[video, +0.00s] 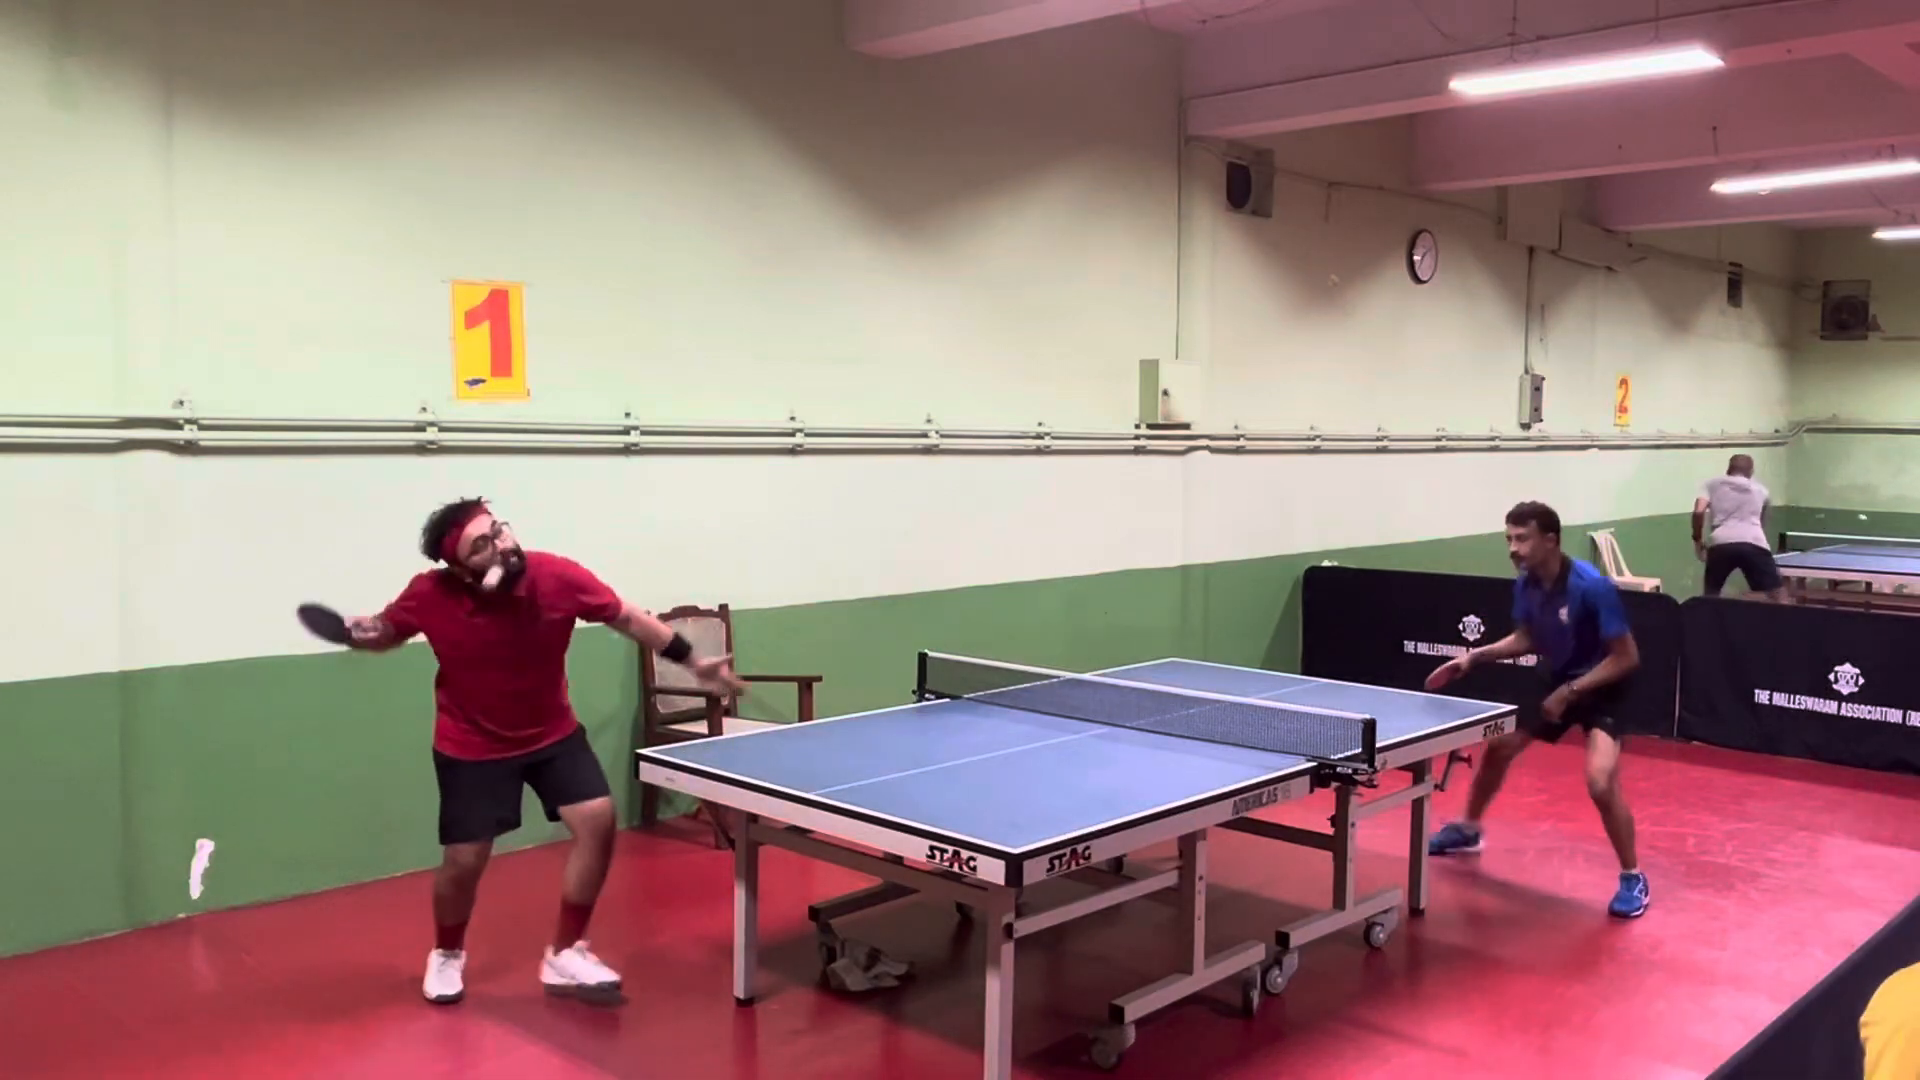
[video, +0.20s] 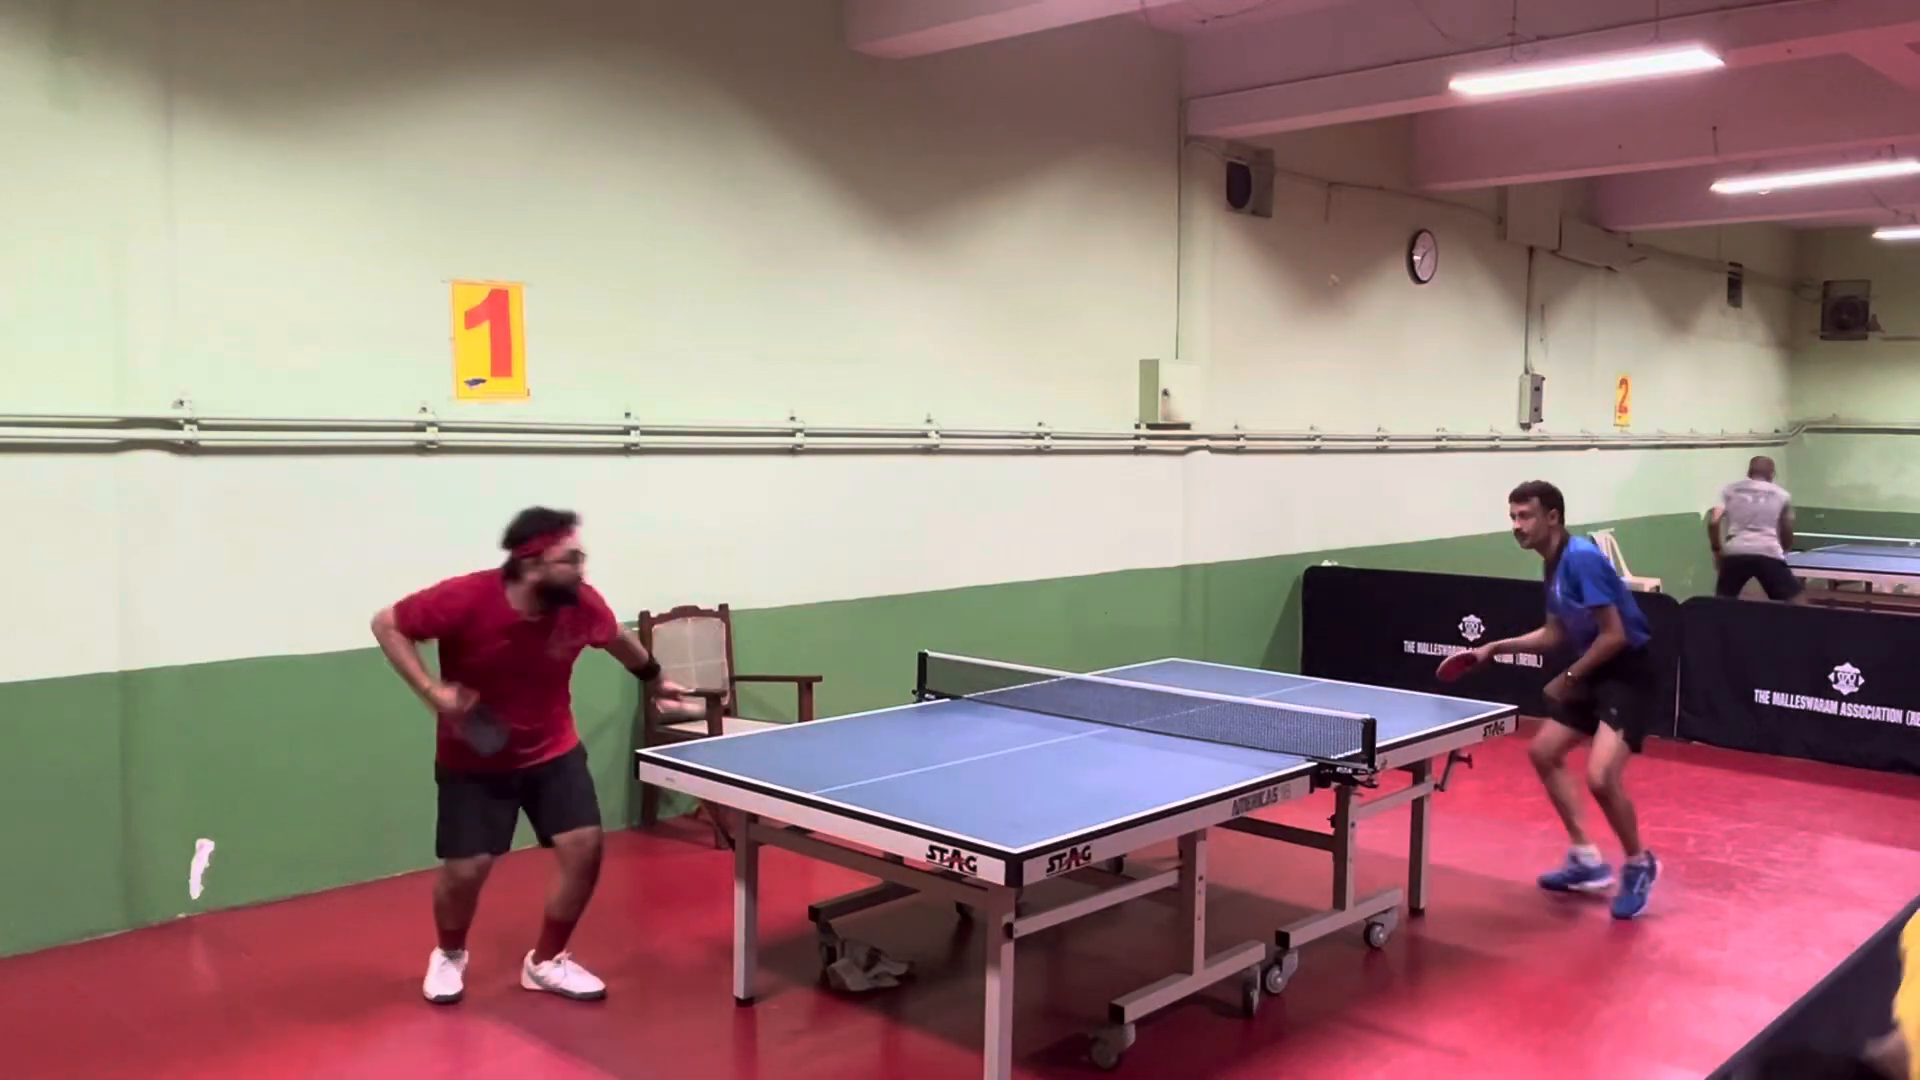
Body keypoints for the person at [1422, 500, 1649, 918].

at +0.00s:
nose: (1513, 549)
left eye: (1521, 539)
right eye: (1510, 540)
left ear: (1551, 540)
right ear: (1514, 542)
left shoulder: (1593, 586)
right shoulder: (1527, 584)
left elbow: (1626, 656)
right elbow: (1527, 638)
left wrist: (1572, 690)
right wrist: (1471, 657)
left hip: (1605, 685)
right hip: (1558, 683)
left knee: (1600, 782)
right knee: (1499, 747)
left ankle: (1632, 878)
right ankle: (1468, 827)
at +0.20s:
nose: (1516, 526)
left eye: (1524, 517)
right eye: (1513, 518)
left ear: (1553, 517)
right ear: (1522, 522)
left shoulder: (1582, 559)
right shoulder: (1557, 565)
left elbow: (1615, 635)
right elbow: (1555, 634)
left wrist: (1568, 676)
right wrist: (1494, 648)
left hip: (1630, 669)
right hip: (1594, 671)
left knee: (1601, 776)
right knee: (1543, 752)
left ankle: (1639, 863)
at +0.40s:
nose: (1526, 558)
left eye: (1533, 549)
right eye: (1524, 550)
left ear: (1563, 548)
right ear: (1566, 552)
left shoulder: (1571, 587)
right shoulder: (1595, 580)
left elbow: (1568, 674)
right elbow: (1603, 669)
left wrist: (1545, 711)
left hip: (1640, 697)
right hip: (1620, 698)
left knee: (1616, 808)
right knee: (1557, 761)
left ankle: (1686, 922)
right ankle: (1589, 867)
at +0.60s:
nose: (1562, 600)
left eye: (1567, 590)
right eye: (1561, 592)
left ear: (1595, 587)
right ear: (1605, 589)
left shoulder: (1576, 627)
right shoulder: (1667, 624)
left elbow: (1532, 692)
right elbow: (1730, 691)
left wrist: (1531, 708)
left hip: (1645, 737)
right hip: (1691, 737)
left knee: (1630, 870)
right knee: (1596, 775)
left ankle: (1724, 967)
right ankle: (1597, 870)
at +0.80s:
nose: (1612, 607)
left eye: (1616, 599)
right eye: (1612, 600)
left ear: (1642, 596)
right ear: (1660, 602)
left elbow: (1555, 655)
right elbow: (1769, 709)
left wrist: (1580, 664)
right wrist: (1820, 749)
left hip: (1654, 751)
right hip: (1708, 759)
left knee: (1614, 885)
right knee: (1640, 801)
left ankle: (1725, 971)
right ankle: (1608, 851)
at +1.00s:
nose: (1659, 558)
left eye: (1664, 548)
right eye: (1660, 548)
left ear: (1685, 552)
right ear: (1702, 555)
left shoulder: (1684, 605)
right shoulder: (1719, 603)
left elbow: (1651, 678)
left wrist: (1609, 717)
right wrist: (1643, 593)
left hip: (1672, 730)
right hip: (1697, 728)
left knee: (1630, 865)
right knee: (1646, 793)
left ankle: (1726, 967)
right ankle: (1661, 873)